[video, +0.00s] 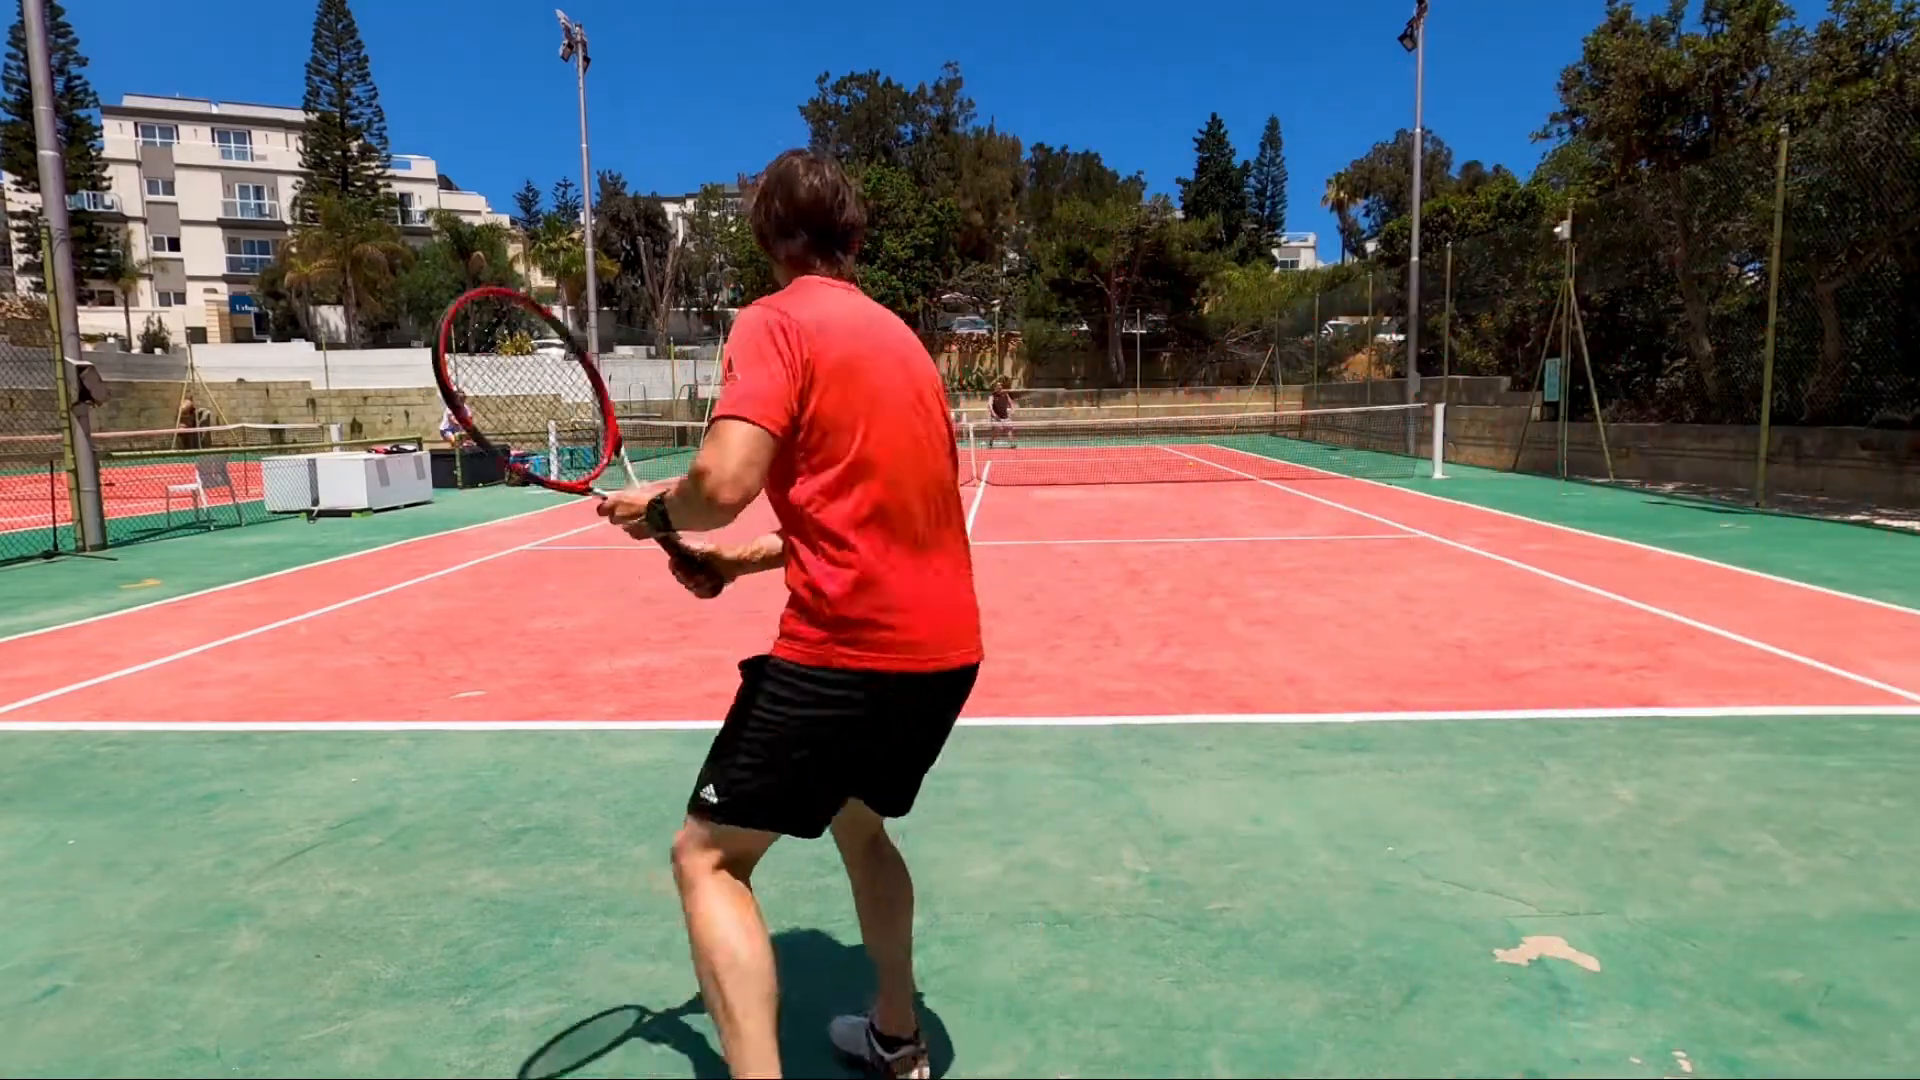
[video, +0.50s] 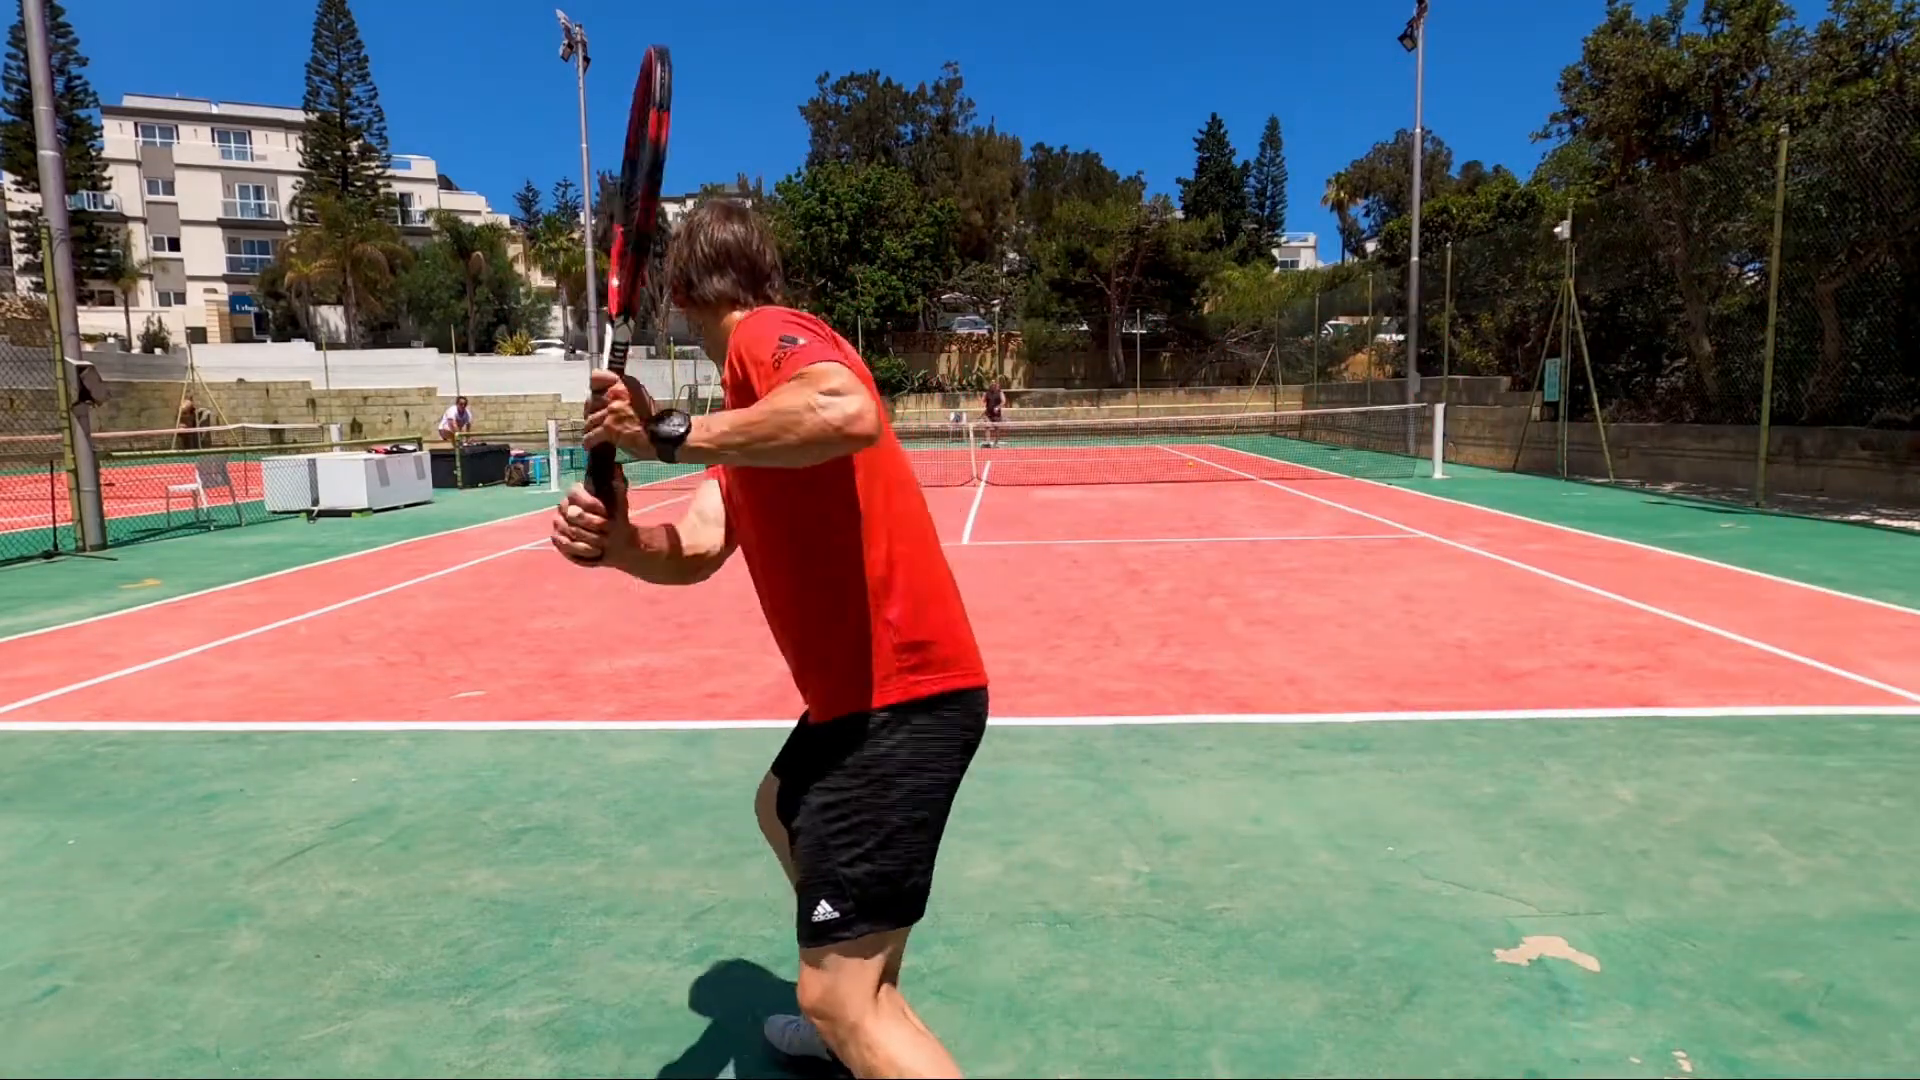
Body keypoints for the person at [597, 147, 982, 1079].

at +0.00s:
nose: (755, 240)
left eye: (756, 227)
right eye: (761, 228)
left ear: (768, 232)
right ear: (851, 235)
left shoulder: (776, 323)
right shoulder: (900, 339)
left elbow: (724, 486)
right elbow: (878, 510)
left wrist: (661, 507)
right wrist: (740, 558)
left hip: (837, 648)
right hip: (943, 647)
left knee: (709, 855)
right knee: (859, 819)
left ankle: (755, 1072)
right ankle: (897, 1029)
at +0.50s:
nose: (673, 307)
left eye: (671, 287)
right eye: (674, 290)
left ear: (685, 285)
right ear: (759, 269)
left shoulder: (766, 331)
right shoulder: (751, 388)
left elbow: (847, 408)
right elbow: (698, 541)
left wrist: (667, 434)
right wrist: (621, 544)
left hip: (910, 687)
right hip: (860, 686)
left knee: (843, 996)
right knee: (785, 809)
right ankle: (858, 1022)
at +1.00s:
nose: (561, 179)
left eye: (558, 165)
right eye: (564, 165)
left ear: (570, 162)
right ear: (658, 148)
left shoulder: (596, 242)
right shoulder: (729, 239)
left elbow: (630, 384)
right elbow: (750, 396)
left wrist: (585, 551)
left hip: (683, 567)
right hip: (776, 558)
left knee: (717, 825)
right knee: (766, 781)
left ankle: (902, 997)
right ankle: (778, 992)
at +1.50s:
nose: (583, 265)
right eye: (580, 253)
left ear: (483, 272)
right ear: (570, 258)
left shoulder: (445, 386)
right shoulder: (640, 350)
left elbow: (363, 546)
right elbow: (775, 445)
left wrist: (321, 649)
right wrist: (866, 469)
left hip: (518, 666)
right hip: (652, 647)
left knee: (482, 865)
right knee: (718, 794)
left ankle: (456, 1071)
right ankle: (732, 1002)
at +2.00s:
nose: (724, 250)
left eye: (717, 239)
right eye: (724, 239)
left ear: (636, 239)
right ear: (713, 242)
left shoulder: (572, 324)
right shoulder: (747, 336)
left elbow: (500, 451)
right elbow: (792, 485)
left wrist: (569, 509)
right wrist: (727, 538)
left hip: (583, 597)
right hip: (699, 603)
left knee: (555, 765)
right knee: (754, 787)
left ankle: (509, 957)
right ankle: (738, 1010)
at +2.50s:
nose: (663, 238)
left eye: (654, 227)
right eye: (661, 227)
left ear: (579, 234)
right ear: (650, 232)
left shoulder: (529, 320)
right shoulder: (673, 319)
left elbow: (485, 433)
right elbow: (731, 433)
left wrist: (549, 472)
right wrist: (694, 487)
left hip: (558, 556)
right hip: (652, 549)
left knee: (572, 703)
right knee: (725, 708)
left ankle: (548, 874)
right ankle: (730, 901)